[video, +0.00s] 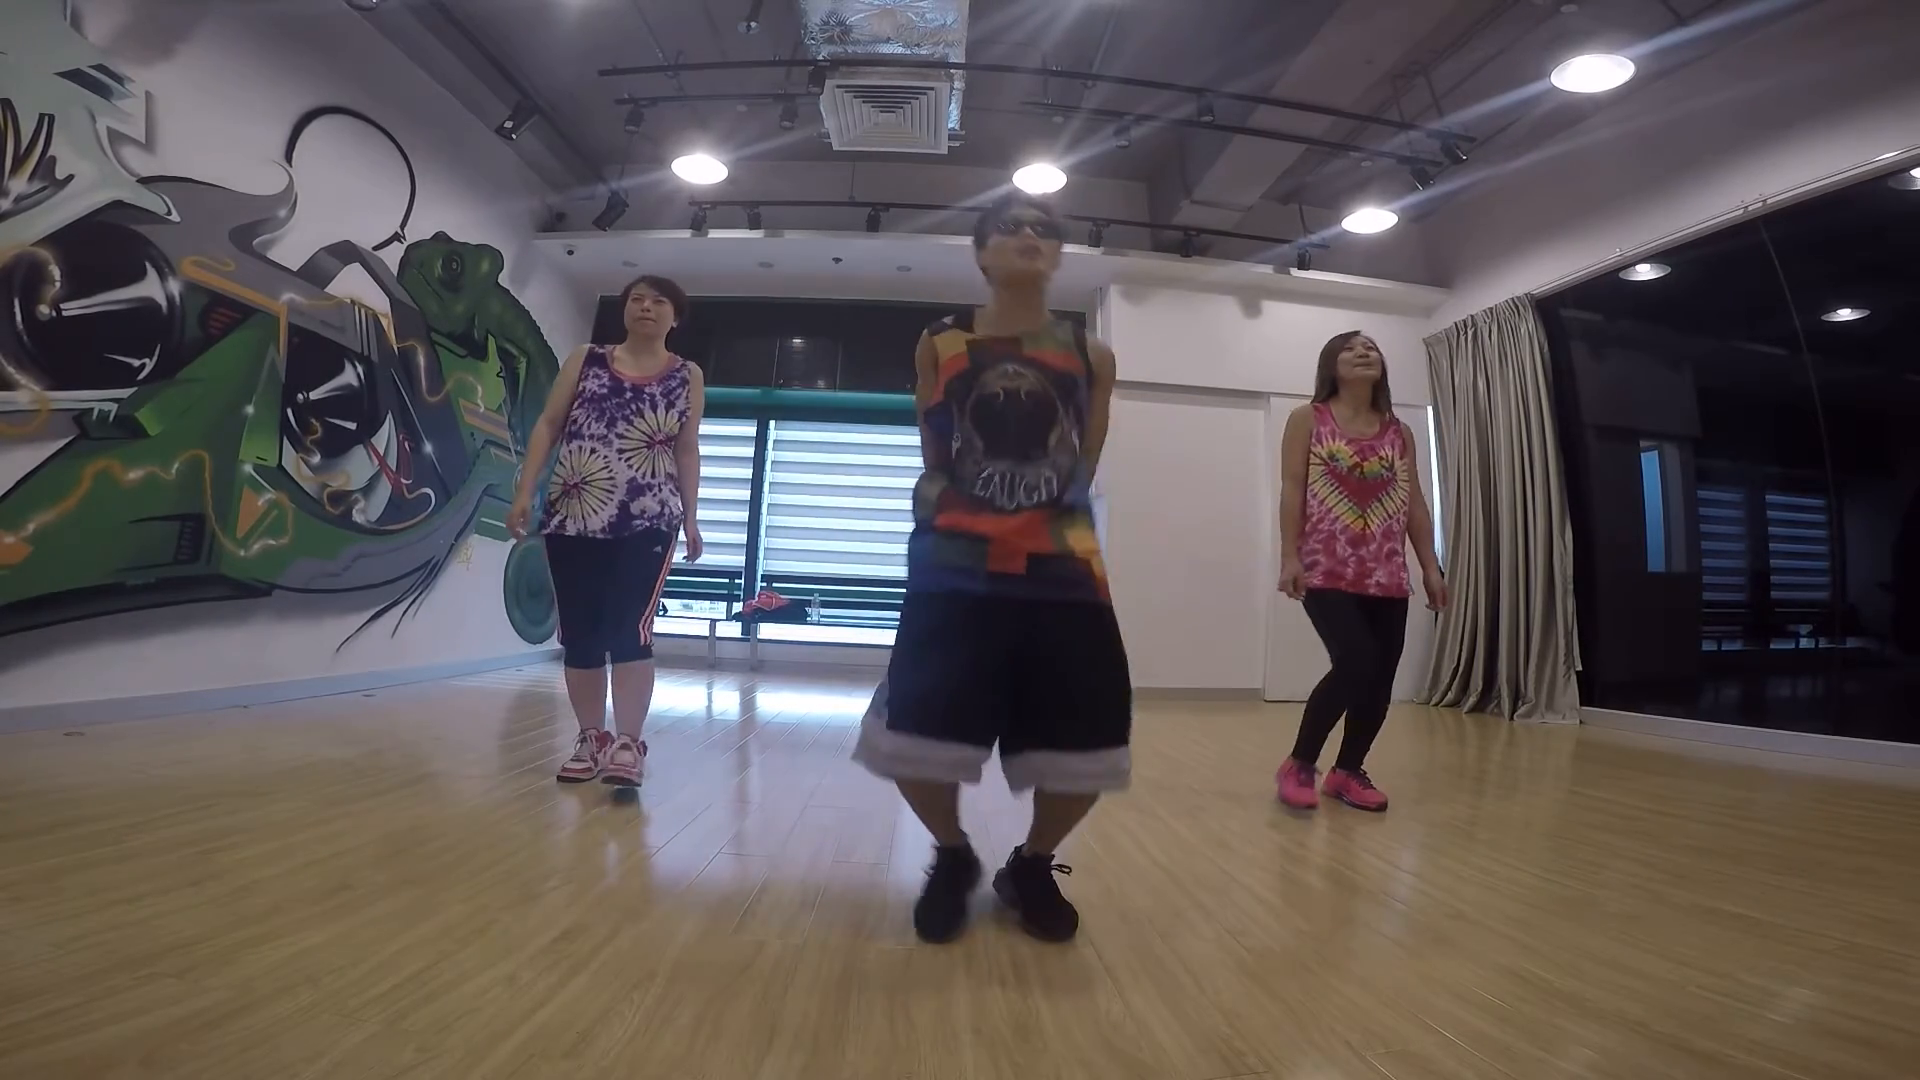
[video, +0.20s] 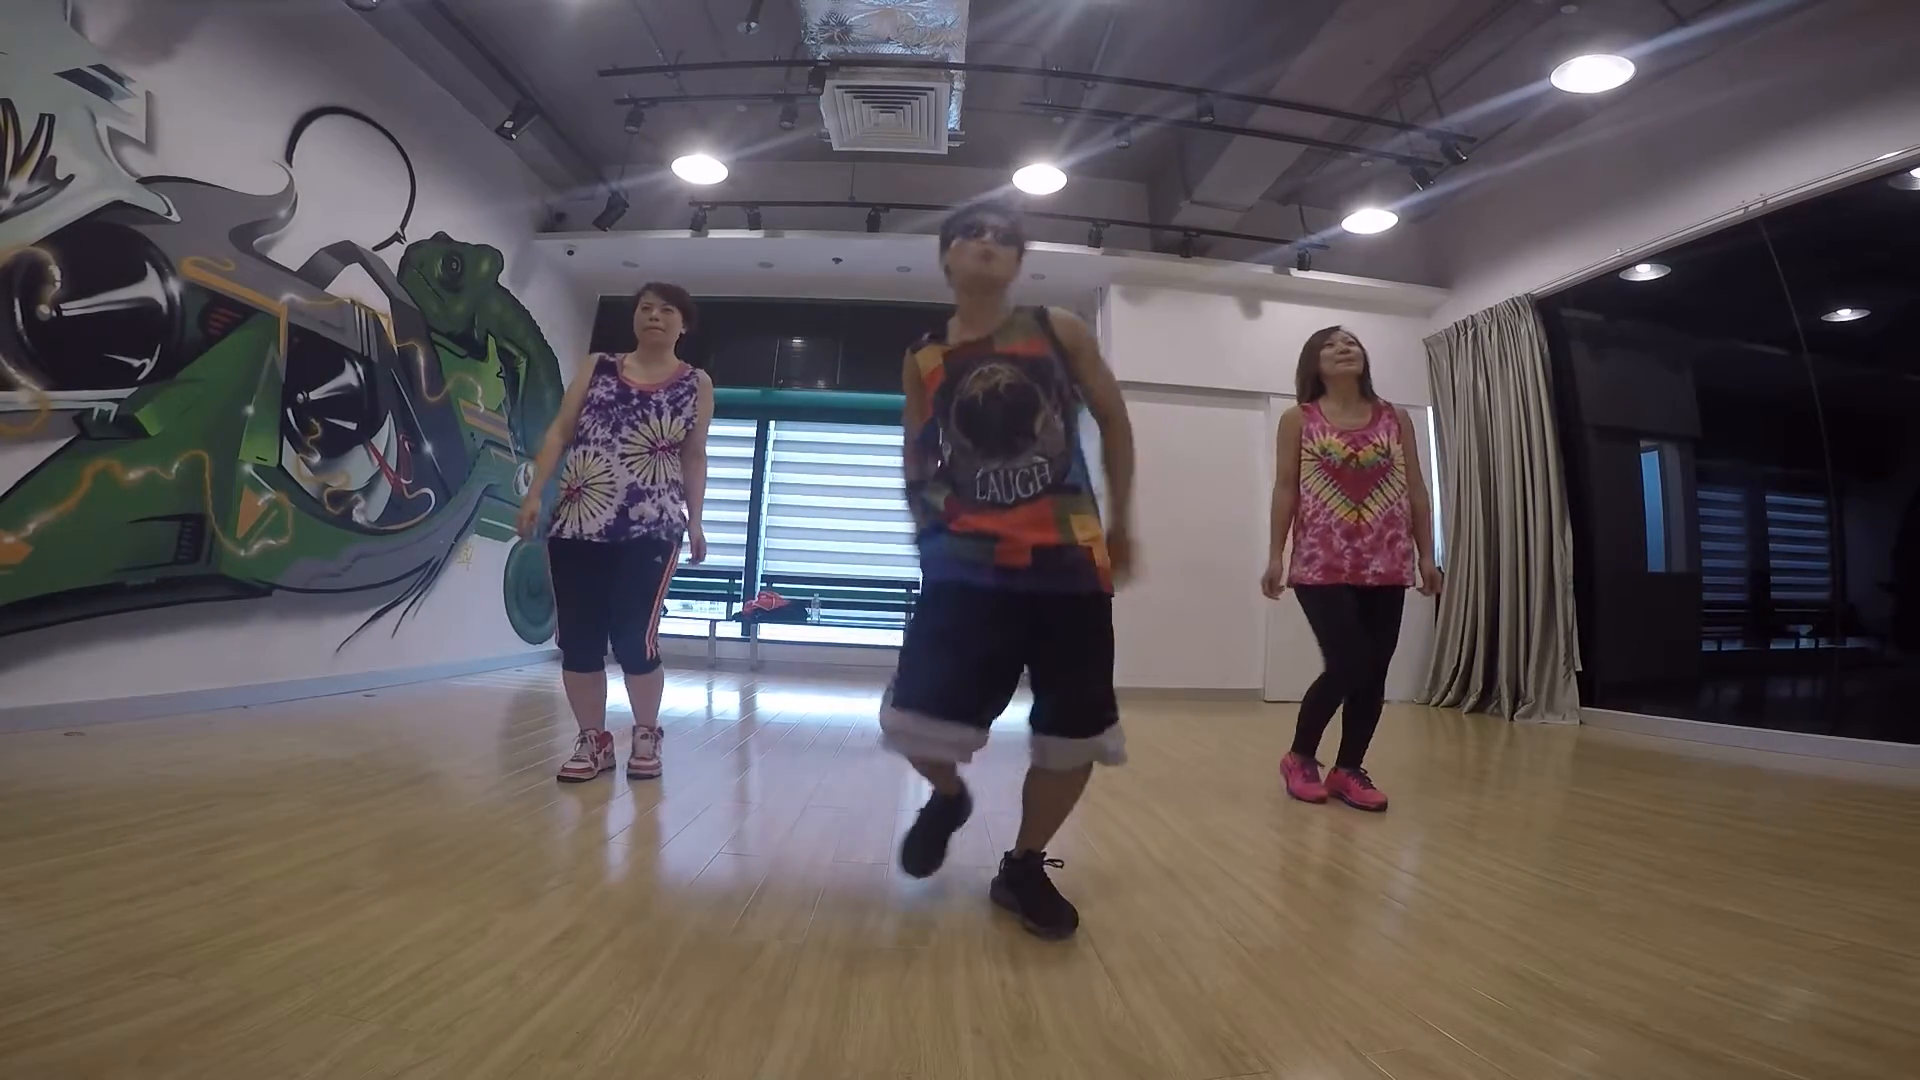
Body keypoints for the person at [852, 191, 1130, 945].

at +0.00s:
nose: (1027, 240)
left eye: (1042, 231)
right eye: (1010, 229)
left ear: (1060, 258)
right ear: (980, 253)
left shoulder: (1090, 359)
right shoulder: (940, 349)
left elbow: (1082, 470)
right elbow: (940, 460)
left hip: (1065, 580)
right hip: (956, 576)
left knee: (1092, 746)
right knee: (907, 743)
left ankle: (1032, 867)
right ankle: (952, 855)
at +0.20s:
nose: (985, 248)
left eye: (1001, 239)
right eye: (970, 235)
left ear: (1019, 262)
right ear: (945, 256)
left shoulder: (1060, 331)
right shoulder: (925, 359)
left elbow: (1114, 419)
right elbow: (917, 460)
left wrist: (1120, 525)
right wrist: (932, 533)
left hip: (1066, 568)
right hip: (966, 568)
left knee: (1073, 734)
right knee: (915, 725)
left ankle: (1025, 865)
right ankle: (950, 797)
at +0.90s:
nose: (1019, 291)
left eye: (1032, 283)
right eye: (1005, 280)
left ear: (1046, 302)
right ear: (980, 294)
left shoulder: (1053, 396)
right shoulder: (932, 359)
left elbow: (1050, 484)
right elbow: (877, 422)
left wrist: (1057, 552)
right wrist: (872, 495)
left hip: (1027, 556)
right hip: (939, 552)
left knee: (1069, 692)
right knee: (932, 708)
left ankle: (1036, 808)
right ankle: (964, 821)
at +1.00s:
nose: (1034, 315)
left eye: (1046, 308)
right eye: (1019, 306)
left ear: (1060, 327)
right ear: (994, 323)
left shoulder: (1056, 425)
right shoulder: (944, 381)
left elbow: (1052, 518)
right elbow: (879, 433)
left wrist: (1058, 597)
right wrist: (860, 497)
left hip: (1024, 591)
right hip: (939, 586)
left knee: (1057, 723)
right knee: (927, 733)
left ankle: (1013, 804)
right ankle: (966, 823)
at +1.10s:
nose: (1044, 343)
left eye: (1055, 335)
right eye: (1029, 335)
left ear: (1069, 357)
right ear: (1005, 351)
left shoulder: (1063, 457)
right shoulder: (952, 406)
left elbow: (1055, 545)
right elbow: (894, 466)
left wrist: (1057, 616)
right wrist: (860, 538)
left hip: (1023, 605)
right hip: (944, 596)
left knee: (1053, 722)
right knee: (933, 722)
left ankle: (1005, 816)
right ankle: (963, 823)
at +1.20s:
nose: (1047, 343)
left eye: (1058, 336)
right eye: (1032, 335)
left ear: (1070, 355)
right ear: (1007, 351)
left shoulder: (1068, 453)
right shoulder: (958, 409)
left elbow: (1062, 539)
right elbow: (917, 491)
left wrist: (1064, 615)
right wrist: (890, 562)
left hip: (1030, 604)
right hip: (947, 594)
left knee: (1055, 728)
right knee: (927, 733)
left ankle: (1005, 817)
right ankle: (961, 814)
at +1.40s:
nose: (1006, 281)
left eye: (1018, 275)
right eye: (992, 272)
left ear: (1032, 299)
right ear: (967, 294)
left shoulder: (1063, 367)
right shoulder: (949, 379)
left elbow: (1101, 453)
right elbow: (946, 469)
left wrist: (1106, 538)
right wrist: (939, 544)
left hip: (1040, 565)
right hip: (954, 560)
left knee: (1036, 707)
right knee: (915, 692)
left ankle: (1005, 815)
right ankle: (912, 842)